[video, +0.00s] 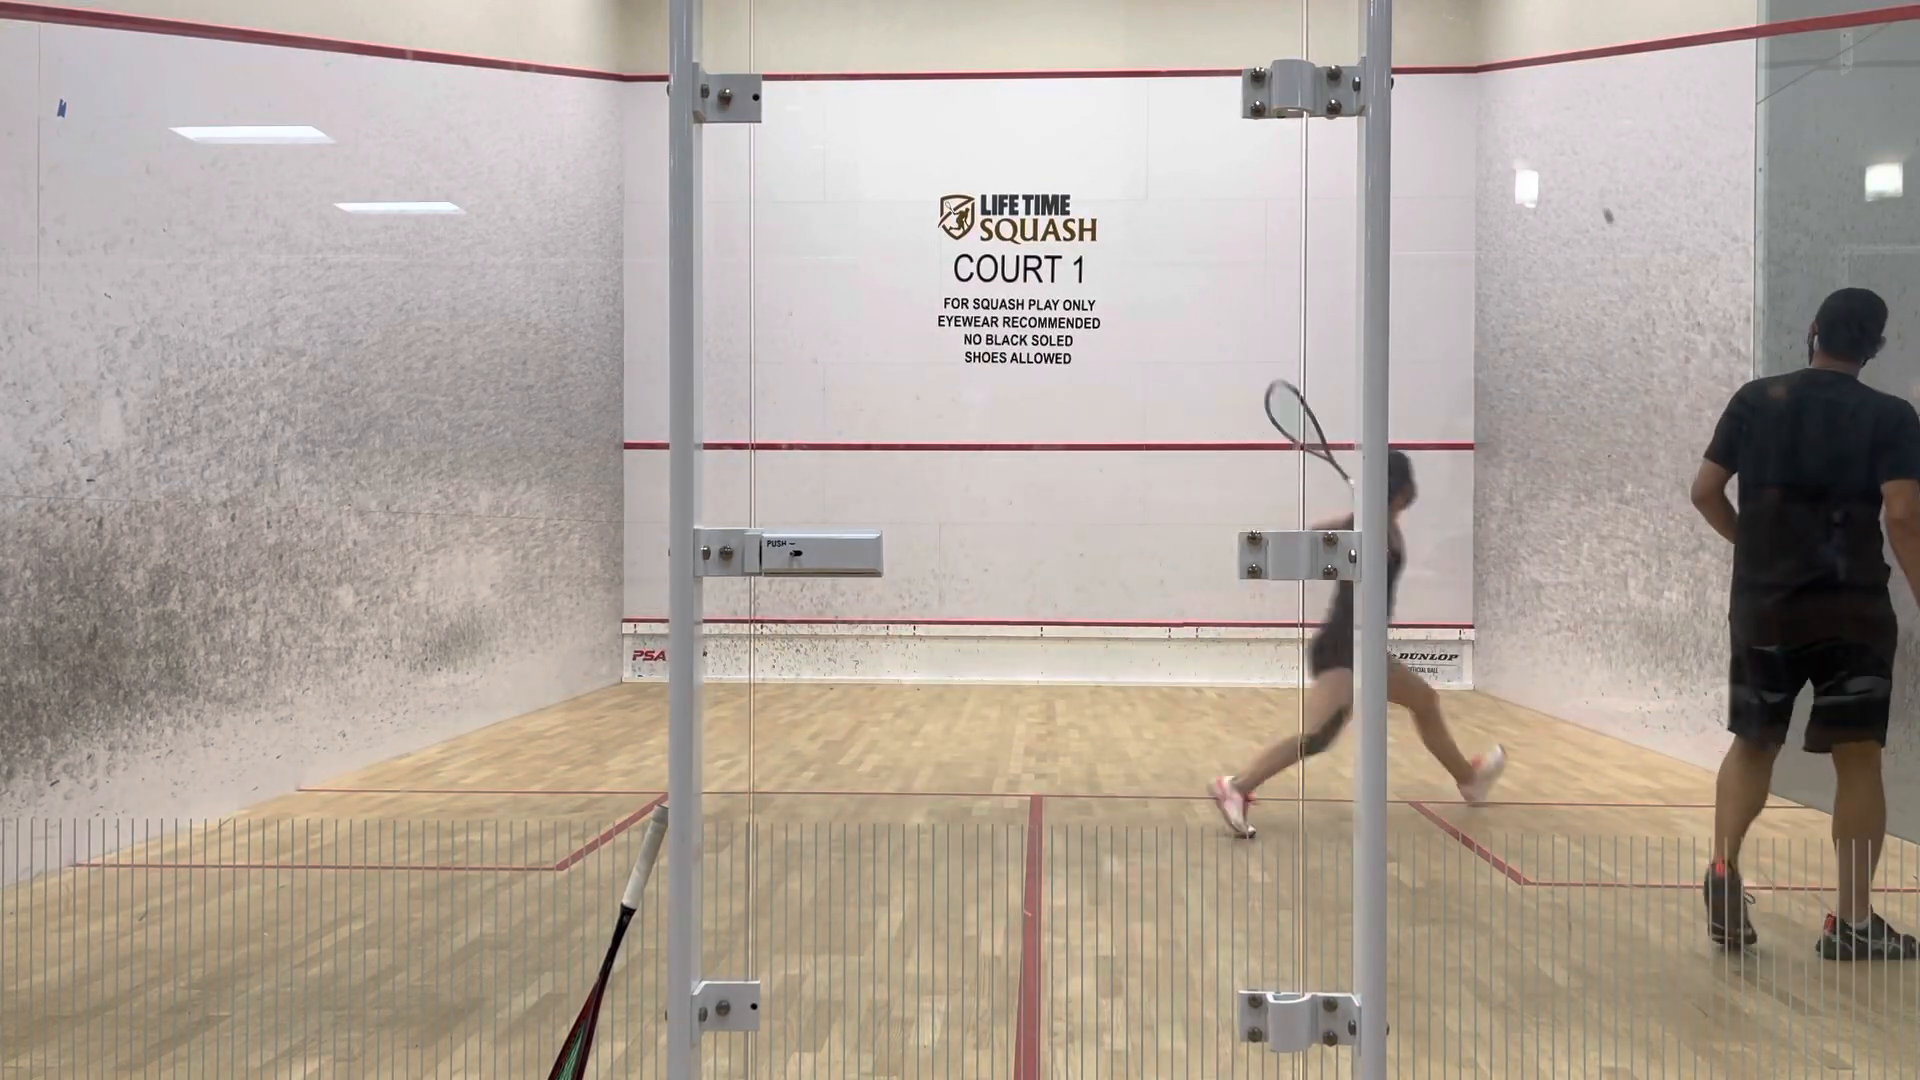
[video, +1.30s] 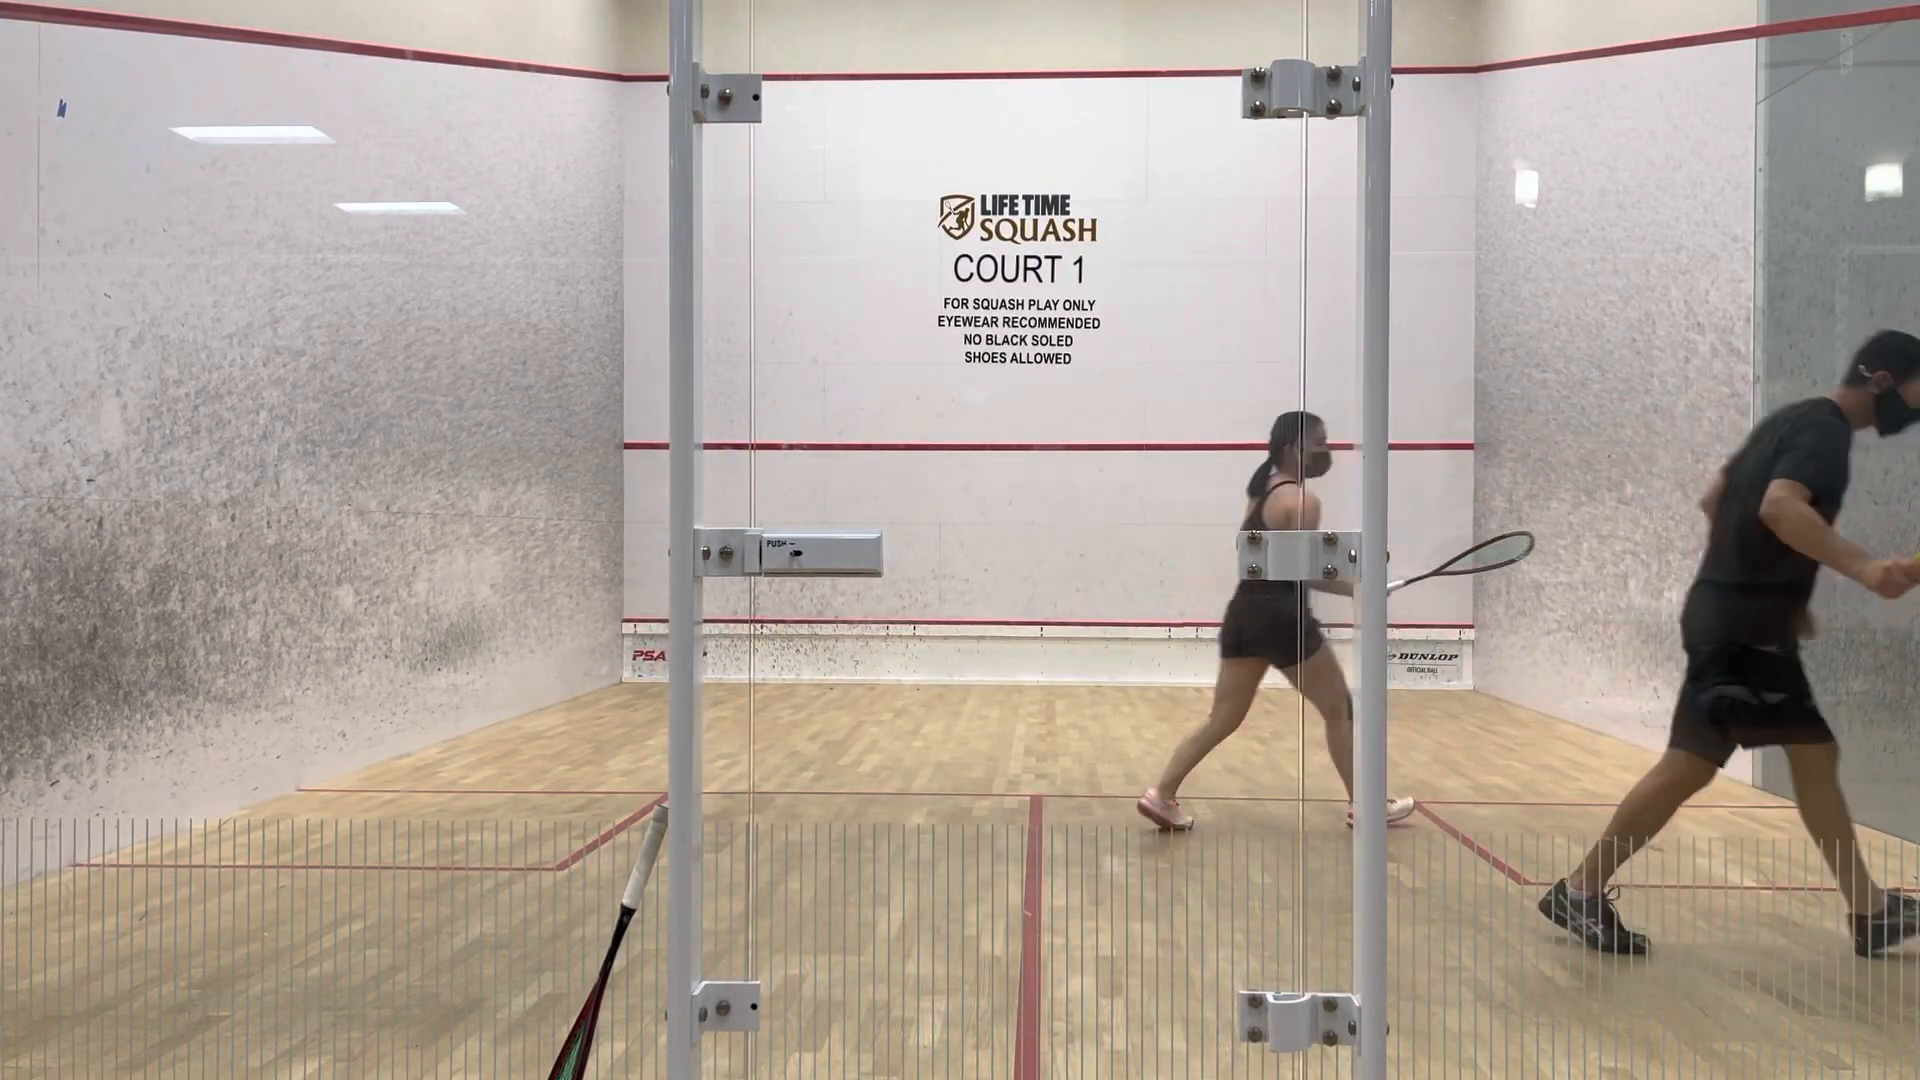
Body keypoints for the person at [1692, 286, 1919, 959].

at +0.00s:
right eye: (1874, 341)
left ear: (1815, 337)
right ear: (1875, 348)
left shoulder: (1756, 399)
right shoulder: (1892, 416)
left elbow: (1705, 492)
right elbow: (1901, 516)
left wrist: (1752, 542)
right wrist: (1917, 592)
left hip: (1764, 611)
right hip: (1854, 613)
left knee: (1752, 743)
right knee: (1859, 756)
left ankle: (1722, 865)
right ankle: (1853, 919)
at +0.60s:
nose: (1824, 384)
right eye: (1828, 376)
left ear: (1767, 364)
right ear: (1825, 380)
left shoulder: (1710, 412)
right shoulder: (1801, 431)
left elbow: (1645, 490)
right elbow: (1801, 516)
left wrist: (1690, 551)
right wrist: (1885, 600)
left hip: (1667, 617)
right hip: (1738, 619)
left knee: (1682, 744)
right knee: (1795, 755)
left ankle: (1661, 893)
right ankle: (1835, 913)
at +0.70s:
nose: (1819, 392)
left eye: (1818, 382)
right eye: (1821, 383)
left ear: (1761, 366)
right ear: (1816, 385)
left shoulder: (1702, 413)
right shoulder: (1786, 433)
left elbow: (1636, 482)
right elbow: (1785, 509)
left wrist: (1677, 548)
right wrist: (1885, 581)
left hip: (1648, 617)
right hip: (1715, 619)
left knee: (1671, 745)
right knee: (1784, 749)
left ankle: (1660, 893)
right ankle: (1769, 912)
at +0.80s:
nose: (1813, 389)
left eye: (1809, 378)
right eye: (1815, 380)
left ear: (1752, 367)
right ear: (1810, 384)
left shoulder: (1695, 412)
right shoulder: (1779, 430)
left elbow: (1627, 479)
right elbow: (1776, 509)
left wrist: (1660, 546)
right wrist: (1878, 573)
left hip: (1643, 613)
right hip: (1704, 616)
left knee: (1665, 746)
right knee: (1759, 755)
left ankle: (1658, 888)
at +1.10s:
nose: (1833, 393)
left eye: (1833, 382)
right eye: (1835, 383)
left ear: (1773, 366)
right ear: (1823, 383)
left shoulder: (1719, 418)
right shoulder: (1775, 432)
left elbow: (1649, 501)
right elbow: (1750, 521)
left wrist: (1688, 573)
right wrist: (1843, 600)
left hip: (1676, 614)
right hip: (1701, 623)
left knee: (1765, 734)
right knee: (1667, 763)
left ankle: (1708, 882)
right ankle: (1570, 898)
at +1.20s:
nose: (1872, 398)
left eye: (1876, 386)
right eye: (1873, 385)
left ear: (1819, 368)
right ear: (1849, 378)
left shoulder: (1746, 412)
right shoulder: (1797, 424)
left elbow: (1678, 492)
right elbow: (1761, 509)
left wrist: (1714, 566)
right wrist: (1844, 583)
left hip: (1700, 611)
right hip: (1718, 620)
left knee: (1787, 733)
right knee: (1676, 759)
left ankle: (1795, 897)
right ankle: (1576, 894)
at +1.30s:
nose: (1906, 414)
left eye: (1912, 403)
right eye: (1907, 399)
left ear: (1868, 376)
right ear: (1879, 378)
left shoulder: (1795, 420)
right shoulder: (1824, 429)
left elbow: (1716, 500)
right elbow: (1782, 506)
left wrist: (1783, 593)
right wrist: (1867, 568)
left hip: (1739, 621)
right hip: (1739, 626)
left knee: (1813, 752)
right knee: (1687, 766)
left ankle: (1870, 909)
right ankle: (1580, 890)